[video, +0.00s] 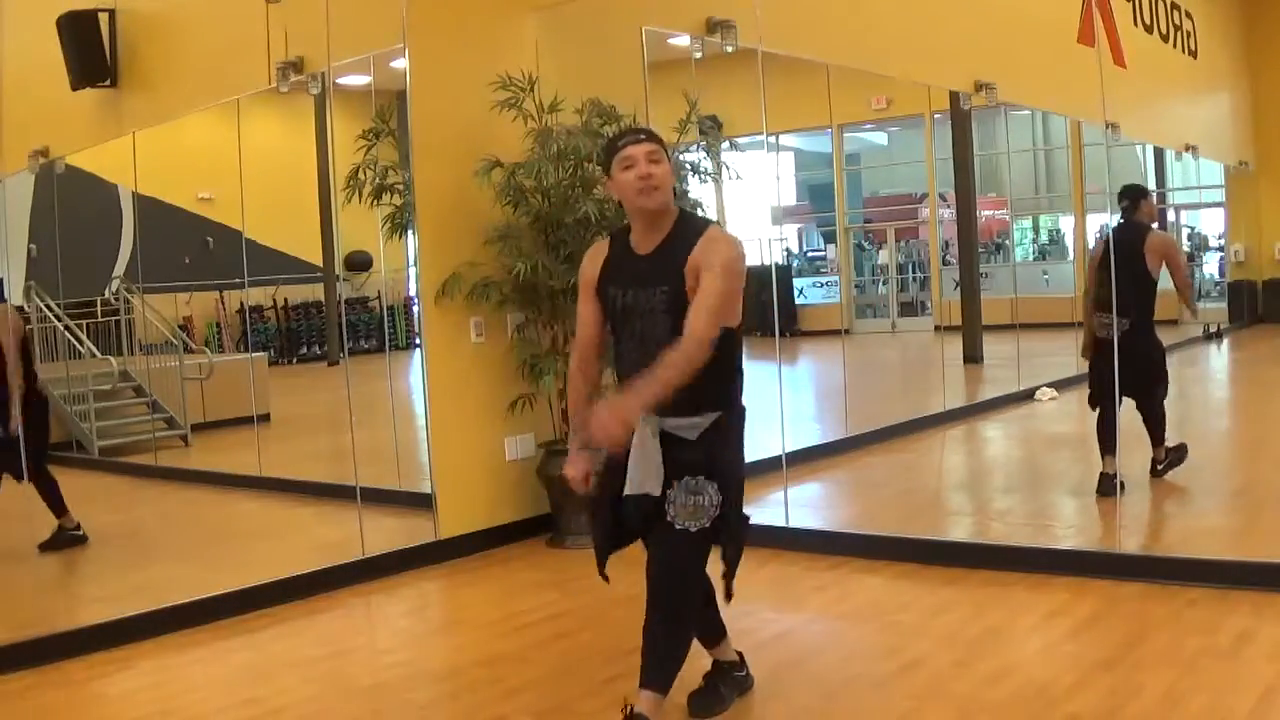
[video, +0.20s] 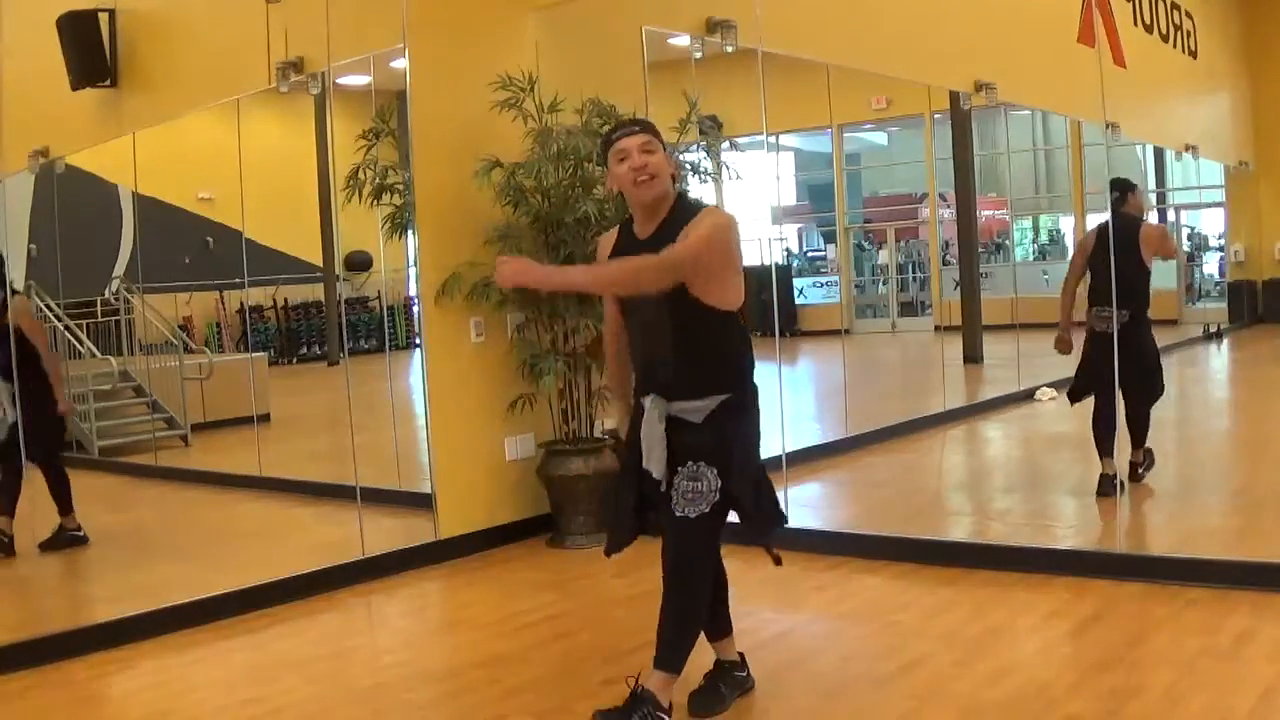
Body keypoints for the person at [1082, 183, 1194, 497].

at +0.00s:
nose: (1155, 207)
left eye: (1153, 201)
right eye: (1152, 202)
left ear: (1124, 208)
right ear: (1142, 206)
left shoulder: (1104, 242)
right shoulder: (1161, 241)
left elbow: (1091, 294)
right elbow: (1184, 287)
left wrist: (1088, 335)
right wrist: (1189, 304)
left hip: (1104, 337)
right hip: (1139, 336)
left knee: (1107, 405)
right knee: (1150, 397)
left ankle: (1108, 474)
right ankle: (1160, 456)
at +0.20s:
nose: (1142, 200)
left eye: (1140, 195)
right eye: (1139, 195)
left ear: (1113, 200)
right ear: (1130, 197)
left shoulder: (1092, 237)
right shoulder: (1149, 233)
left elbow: (1070, 283)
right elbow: (1170, 250)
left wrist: (1063, 328)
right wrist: (1156, 223)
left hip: (1099, 334)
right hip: (1134, 333)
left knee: (1103, 400)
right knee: (1138, 397)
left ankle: (1107, 474)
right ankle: (1137, 461)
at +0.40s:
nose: (1130, 200)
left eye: (1126, 195)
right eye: (1127, 196)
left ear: (1101, 203)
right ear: (1122, 199)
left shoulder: (1086, 239)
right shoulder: (1148, 235)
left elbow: (1072, 290)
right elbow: (1152, 282)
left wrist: (1071, 335)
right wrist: (1139, 308)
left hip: (1099, 334)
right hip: (1135, 333)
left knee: (1103, 400)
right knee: (1133, 397)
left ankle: (1107, 471)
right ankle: (1131, 459)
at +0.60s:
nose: (1123, 204)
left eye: (1117, 199)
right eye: (1123, 198)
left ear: (1097, 204)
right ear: (1123, 200)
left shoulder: (1085, 241)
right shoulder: (1149, 235)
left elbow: (1076, 289)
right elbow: (1168, 282)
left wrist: (1076, 332)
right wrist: (1172, 323)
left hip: (1100, 333)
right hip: (1139, 333)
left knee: (1102, 399)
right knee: (1145, 394)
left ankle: (1106, 471)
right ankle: (1143, 456)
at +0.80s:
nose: (1138, 204)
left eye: (1130, 200)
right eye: (1137, 200)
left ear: (1109, 205)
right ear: (1134, 202)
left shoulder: (1095, 240)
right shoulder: (1158, 234)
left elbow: (1084, 287)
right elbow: (1184, 270)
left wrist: (1083, 329)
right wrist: (1194, 308)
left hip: (1107, 334)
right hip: (1147, 334)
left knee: (1105, 401)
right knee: (1162, 395)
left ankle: (1107, 474)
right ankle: (1174, 459)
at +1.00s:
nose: (1166, 204)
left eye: (1163, 199)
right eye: (1163, 199)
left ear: (1134, 204)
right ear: (1156, 201)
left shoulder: (1117, 240)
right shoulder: (1176, 234)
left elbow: (1107, 290)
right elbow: (1194, 284)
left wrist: (1106, 335)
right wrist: (1199, 326)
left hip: (1125, 336)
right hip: (1163, 335)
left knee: (1114, 402)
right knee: (1176, 397)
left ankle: (1107, 468)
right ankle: (1182, 462)